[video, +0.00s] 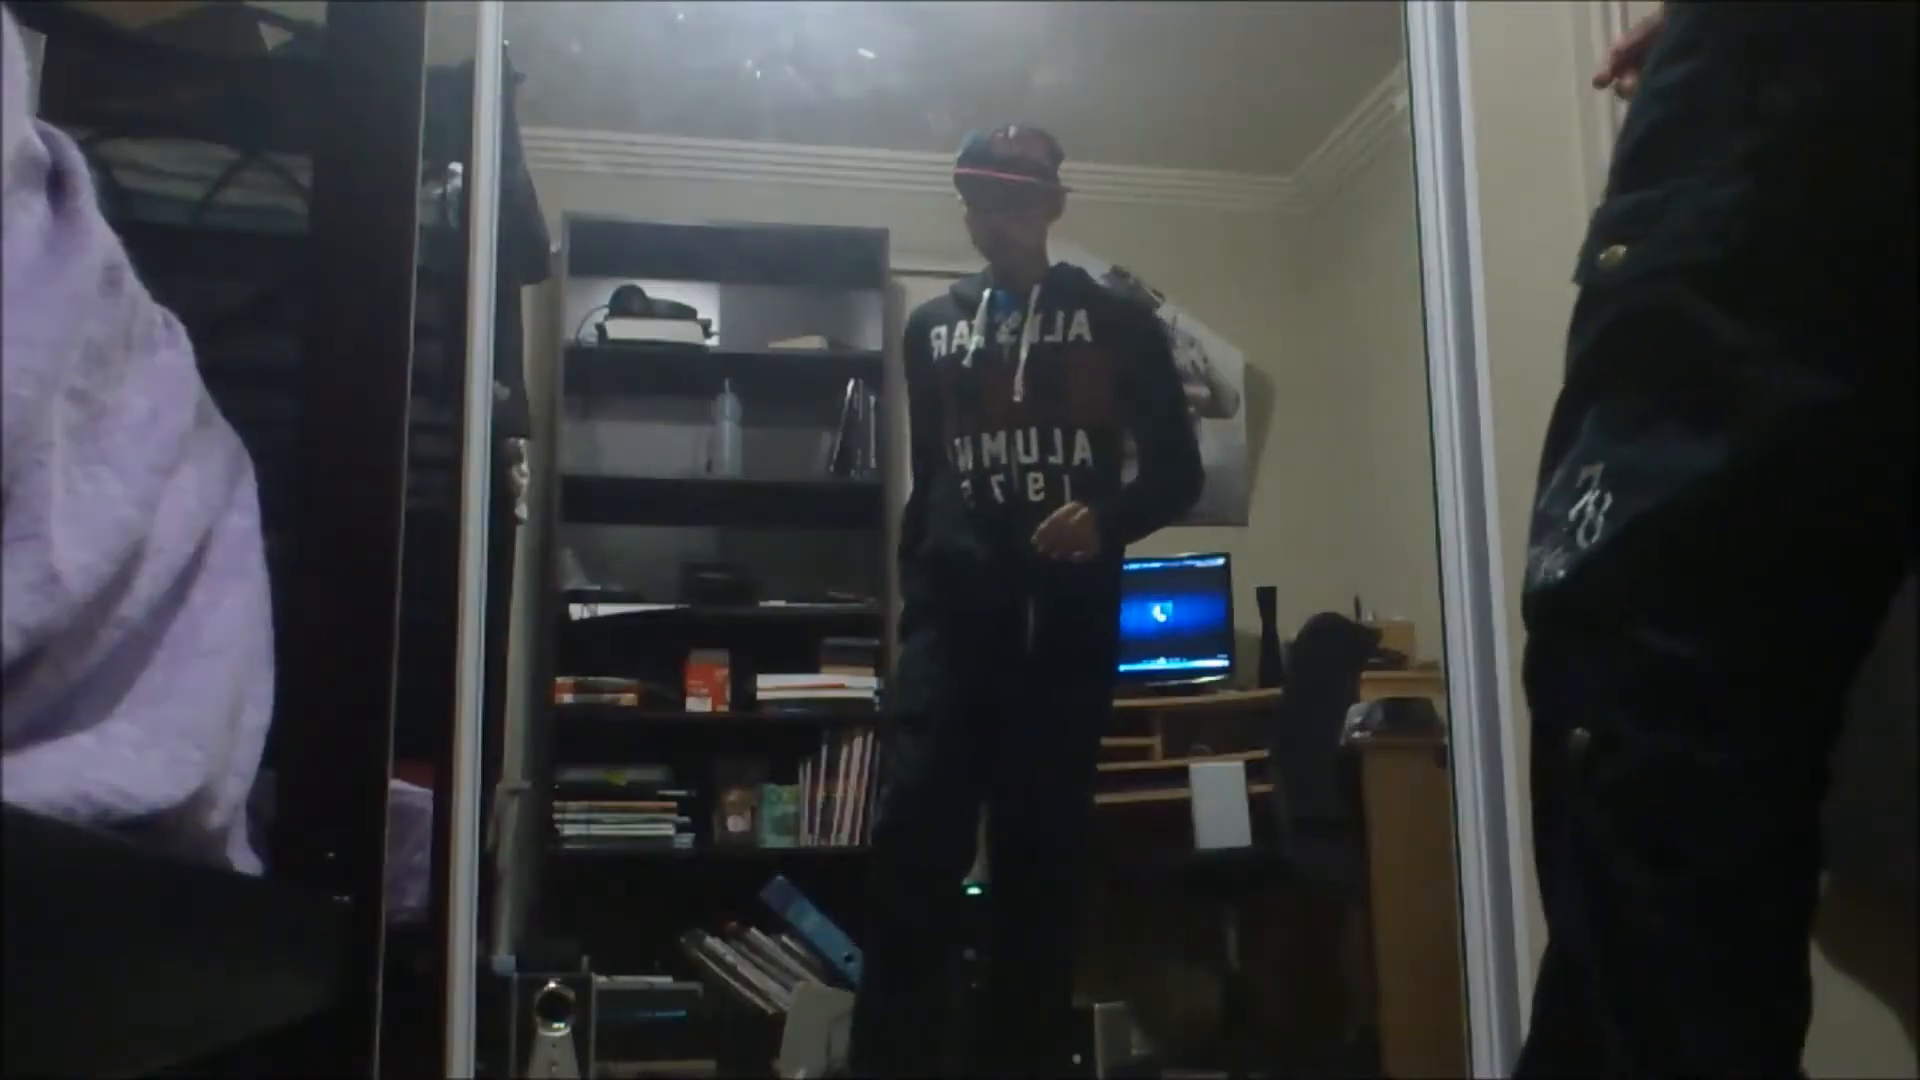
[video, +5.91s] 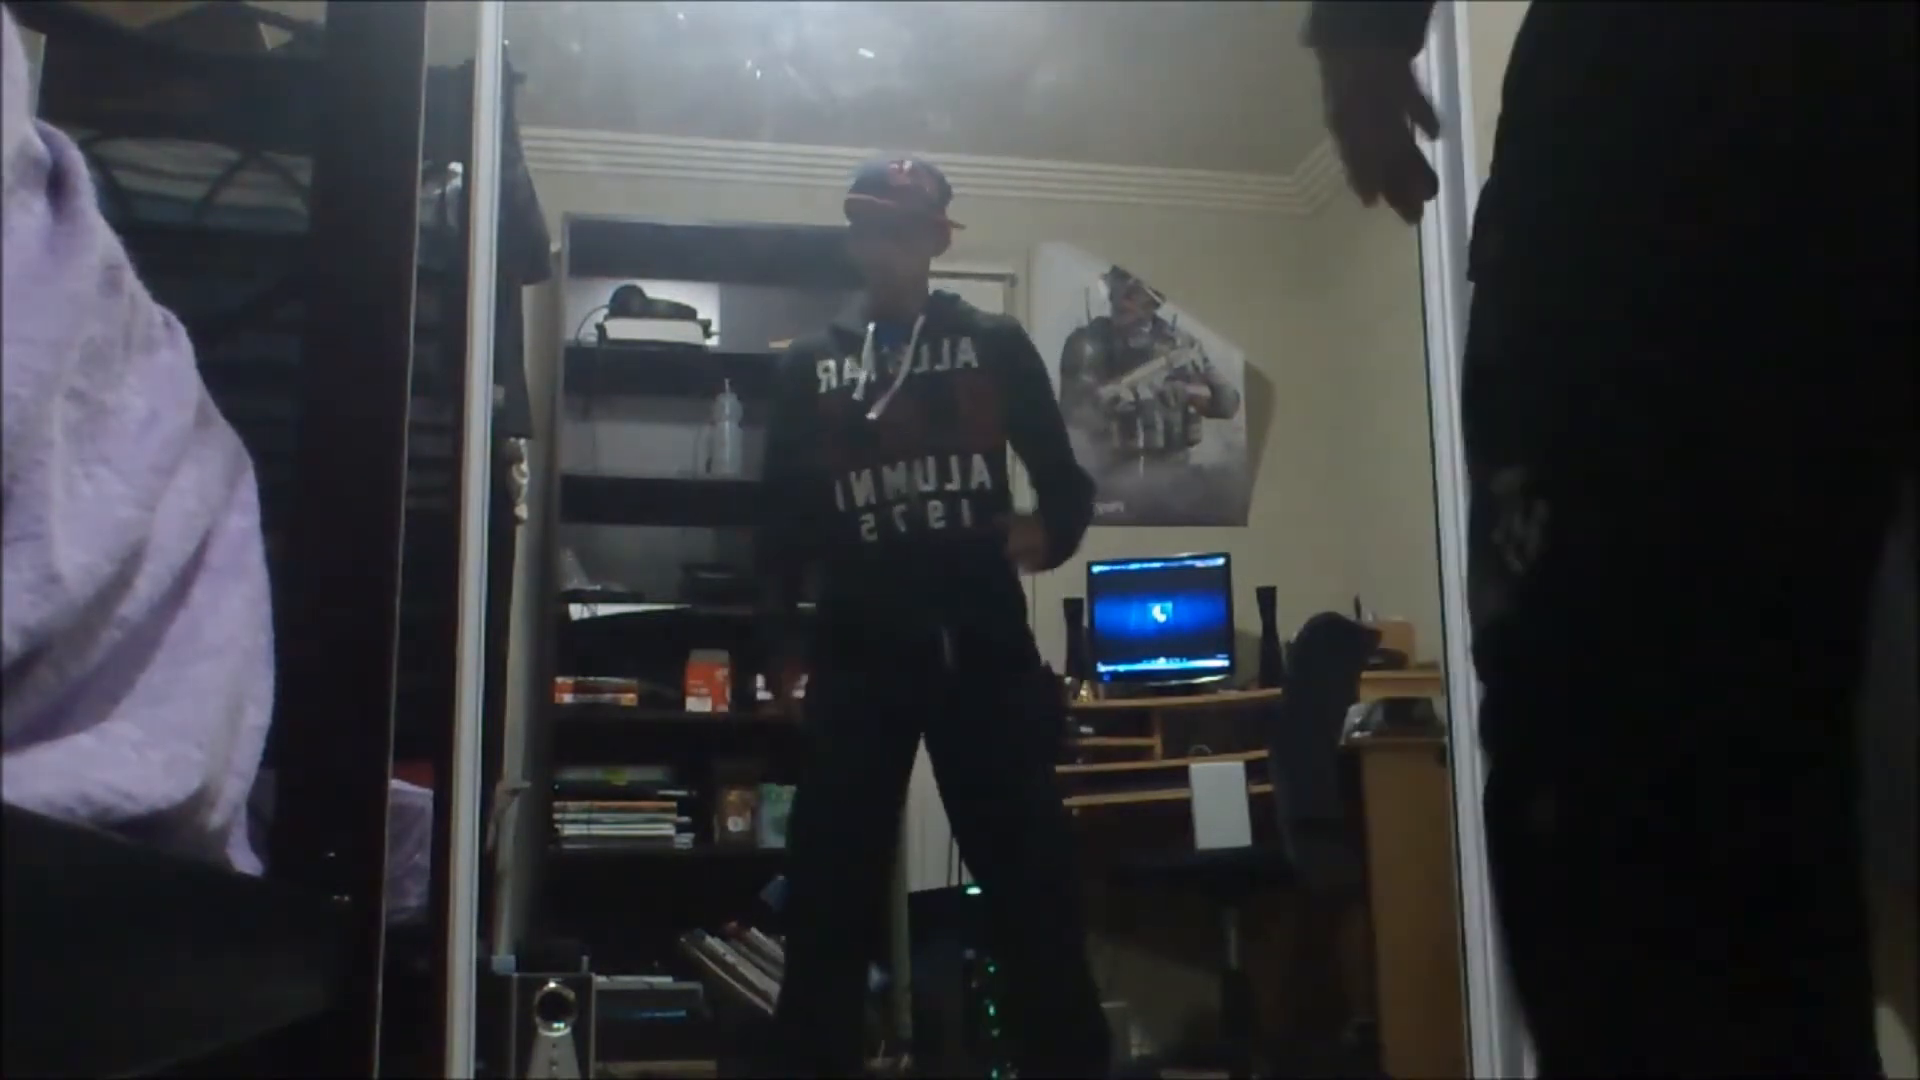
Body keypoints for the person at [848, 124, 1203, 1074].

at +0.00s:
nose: (997, 217)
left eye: (1017, 198)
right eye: (982, 199)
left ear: (1054, 205)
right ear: (962, 206)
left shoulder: (1117, 317)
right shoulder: (930, 329)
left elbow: (1177, 473)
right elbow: (927, 477)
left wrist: (1106, 519)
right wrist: (914, 587)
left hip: (1065, 626)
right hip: (950, 622)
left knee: (1041, 863)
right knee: (911, 850)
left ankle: (1025, 1061)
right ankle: (894, 1062)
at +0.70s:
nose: (965, 196)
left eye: (983, 181)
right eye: (949, 173)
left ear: (1002, 196)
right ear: (908, 181)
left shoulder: (1028, 318)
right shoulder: (845, 297)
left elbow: (1056, 481)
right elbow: (770, 441)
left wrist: (1082, 618)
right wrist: (815, 510)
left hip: (1013, 621)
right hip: (893, 614)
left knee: (1019, 861)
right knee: (893, 860)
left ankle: (1016, 1059)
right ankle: (890, 1058)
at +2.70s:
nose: (998, 171)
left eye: (1015, 155)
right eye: (979, 149)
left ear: (1033, 167)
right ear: (936, 154)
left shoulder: (1070, 291)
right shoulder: (876, 282)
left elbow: (1110, 449)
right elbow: (814, 429)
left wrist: (1140, 587)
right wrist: (889, 442)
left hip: (1047, 611)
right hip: (919, 608)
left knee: (1051, 866)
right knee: (909, 867)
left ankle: (1059, 1068)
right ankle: (904, 1066)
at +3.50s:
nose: (999, 187)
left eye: (1019, 170)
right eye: (981, 167)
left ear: (1046, 184)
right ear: (949, 177)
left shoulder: (1092, 299)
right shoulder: (893, 304)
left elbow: (1164, 467)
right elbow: (857, 466)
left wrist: (1113, 454)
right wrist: (842, 599)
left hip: (1052, 618)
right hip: (924, 615)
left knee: (1061, 868)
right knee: (893, 866)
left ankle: (1069, 1066)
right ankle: (883, 1068)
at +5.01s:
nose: (938, 238)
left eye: (958, 222)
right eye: (922, 222)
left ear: (992, 234)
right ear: (900, 230)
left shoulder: (1047, 346)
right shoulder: (868, 359)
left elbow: (1096, 499)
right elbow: (834, 504)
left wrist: (1034, 585)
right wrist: (813, 613)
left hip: (1005, 636)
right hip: (889, 635)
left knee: (1019, 867)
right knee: (834, 850)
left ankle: (1046, 1061)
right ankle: (819, 1058)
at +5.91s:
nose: (886, 247)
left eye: (905, 230)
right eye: (873, 229)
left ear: (941, 238)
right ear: (851, 235)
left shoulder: (998, 346)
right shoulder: (808, 365)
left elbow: (1067, 492)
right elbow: (780, 518)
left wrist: (1041, 535)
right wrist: (781, 641)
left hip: (982, 648)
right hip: (856, 651)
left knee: (1030, 876)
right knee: (831, 884)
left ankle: (1066, 1067)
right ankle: (815, 1067)